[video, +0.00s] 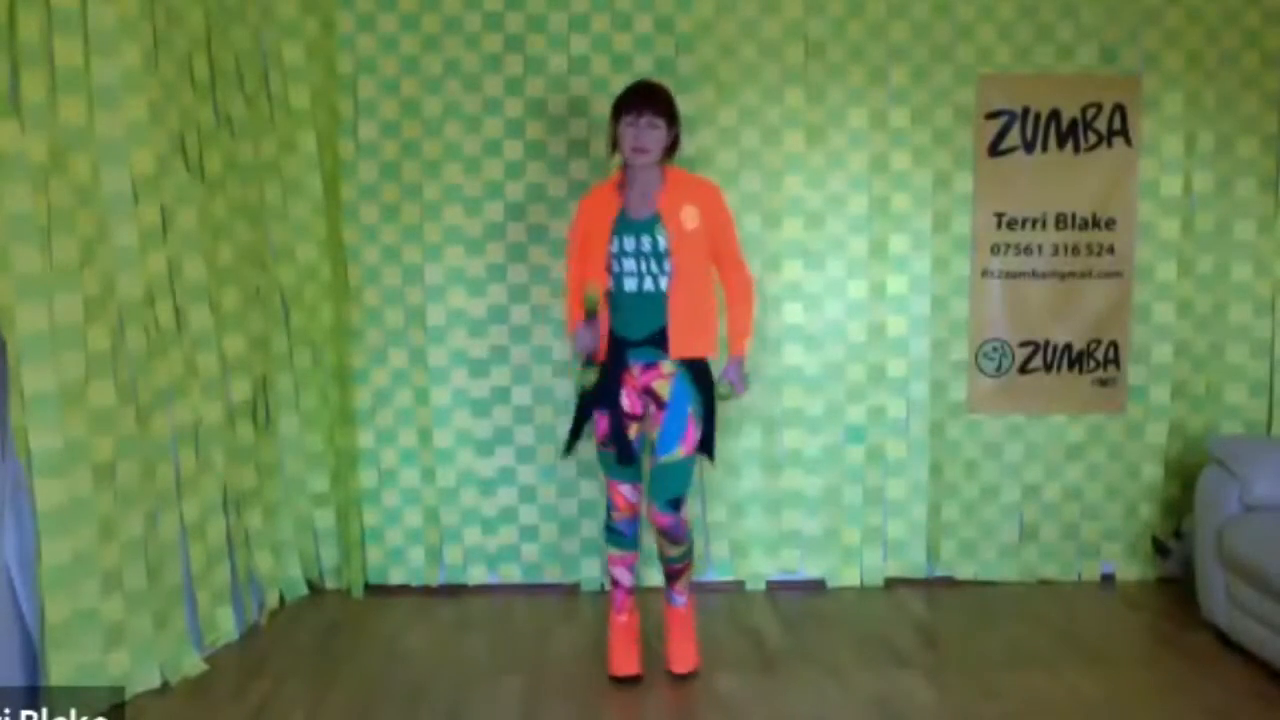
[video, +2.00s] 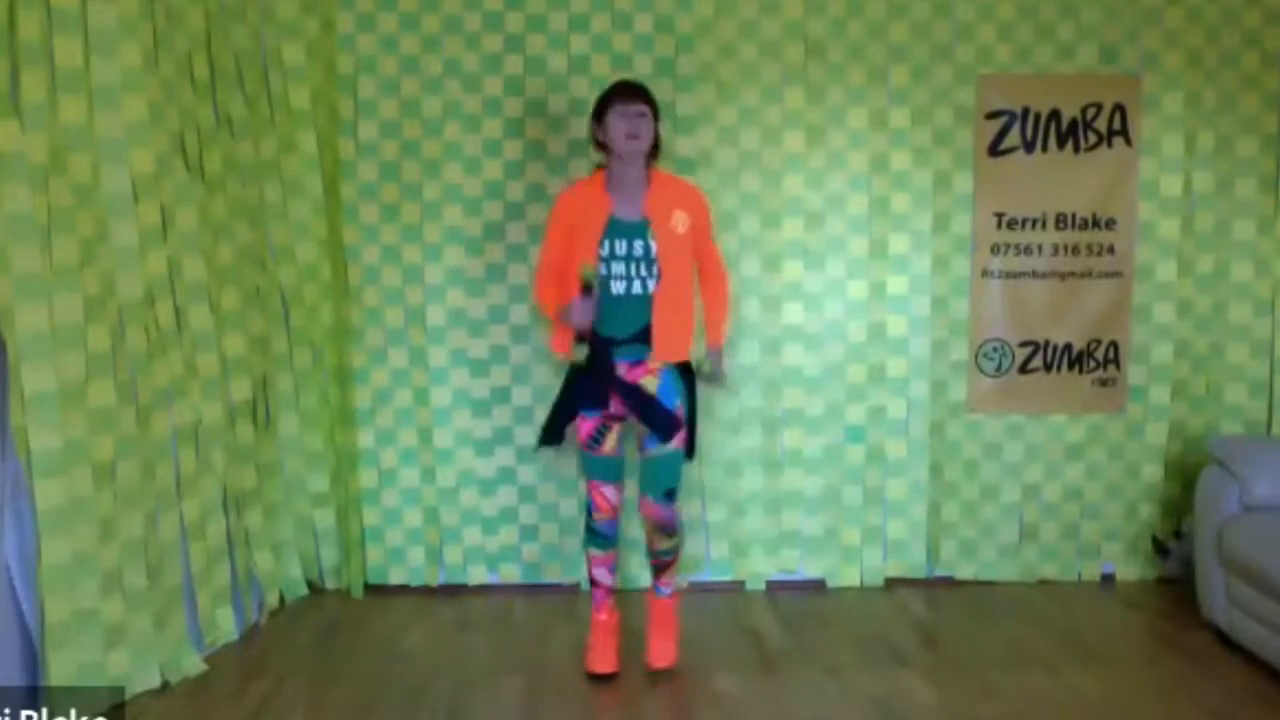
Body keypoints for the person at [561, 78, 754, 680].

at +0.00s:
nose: (641, 134)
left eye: (653, 124)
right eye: (631, 123)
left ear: (672, 135)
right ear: (615, 133)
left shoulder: (700, 197)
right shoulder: (595, 205)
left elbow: (737, 277)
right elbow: (577, 280)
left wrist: (737, 352)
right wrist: (579, 325)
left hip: (680, 364)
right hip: (615, 364)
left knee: (666, 507)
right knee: (622, 502)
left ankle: (680, 609)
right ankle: (622, 620)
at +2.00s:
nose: (634, 127)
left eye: (643, 117)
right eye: (622, 117)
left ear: (656, 131)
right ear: (600, 131)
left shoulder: (684, 198)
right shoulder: (575, 201)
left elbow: (712, 274)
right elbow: (548, 281)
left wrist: (713, 340)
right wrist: (569, 310)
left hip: (665, 362)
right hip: (600, 361)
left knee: (659, 504)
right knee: (602, 500)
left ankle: (664, 607)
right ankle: (602, 616)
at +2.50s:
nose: (630, 135)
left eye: (641, 126)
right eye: (619, 127)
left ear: (660, 138)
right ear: (604, 142)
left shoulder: (692, 186)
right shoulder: (591, 213)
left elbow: (733, 249)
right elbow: (563, 303)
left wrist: (725, 305)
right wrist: (542, 394)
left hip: (689, 364)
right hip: (622, 370)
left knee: (677, 500)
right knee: (607, 501)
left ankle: (649, 615)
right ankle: (597, 625)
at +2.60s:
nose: (622, 155)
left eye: (631, 146)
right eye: (611, 148)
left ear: (651, 158)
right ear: (594, 166)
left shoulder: (688, 210)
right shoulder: (589, 243)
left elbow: (714, 279)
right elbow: (569, 335)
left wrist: (730, 344)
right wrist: (552, 427)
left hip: (698, 374)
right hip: (630, 384)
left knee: (731, 512)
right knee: (609, 519)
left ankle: (689, 604)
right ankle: (598, 632)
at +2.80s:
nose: (678, 192)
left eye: (689, 182)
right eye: (667, 182)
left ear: (705, 191)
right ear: (648, 190)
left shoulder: (729, 253)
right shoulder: (620, 258)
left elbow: (783, 323)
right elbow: (579, 333)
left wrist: (826, 395)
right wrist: (575, 408)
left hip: (719, 411)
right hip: (645, 416)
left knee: (808, 511)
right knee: (590, 527)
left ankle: (851, 624)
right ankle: (595, 635)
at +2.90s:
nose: (720, 206)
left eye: (732, 195)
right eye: (710, 194)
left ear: (746, 205)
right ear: (691, 200)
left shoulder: (765, 271)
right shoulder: (655, 258)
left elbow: (819, 341)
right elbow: (603, 310)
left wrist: (874, 410)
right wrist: (597, 380)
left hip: (739, 428)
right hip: (664, 428)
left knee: (838, 526)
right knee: (597, 525)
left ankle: (874, 631)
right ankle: (596, 635)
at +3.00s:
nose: (786, 228)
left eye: (799, 218)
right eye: (778, 215)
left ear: (816, 230)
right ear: (761, 220)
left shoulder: (824, 303)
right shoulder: (722, 266)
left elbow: (884, 370)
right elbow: (655, 288)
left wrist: (947, 438)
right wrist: (648, 347)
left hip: (774, 445)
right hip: (698, 438)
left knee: (877, 525)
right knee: (617, 535)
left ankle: (881, 631)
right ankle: (600, 634)